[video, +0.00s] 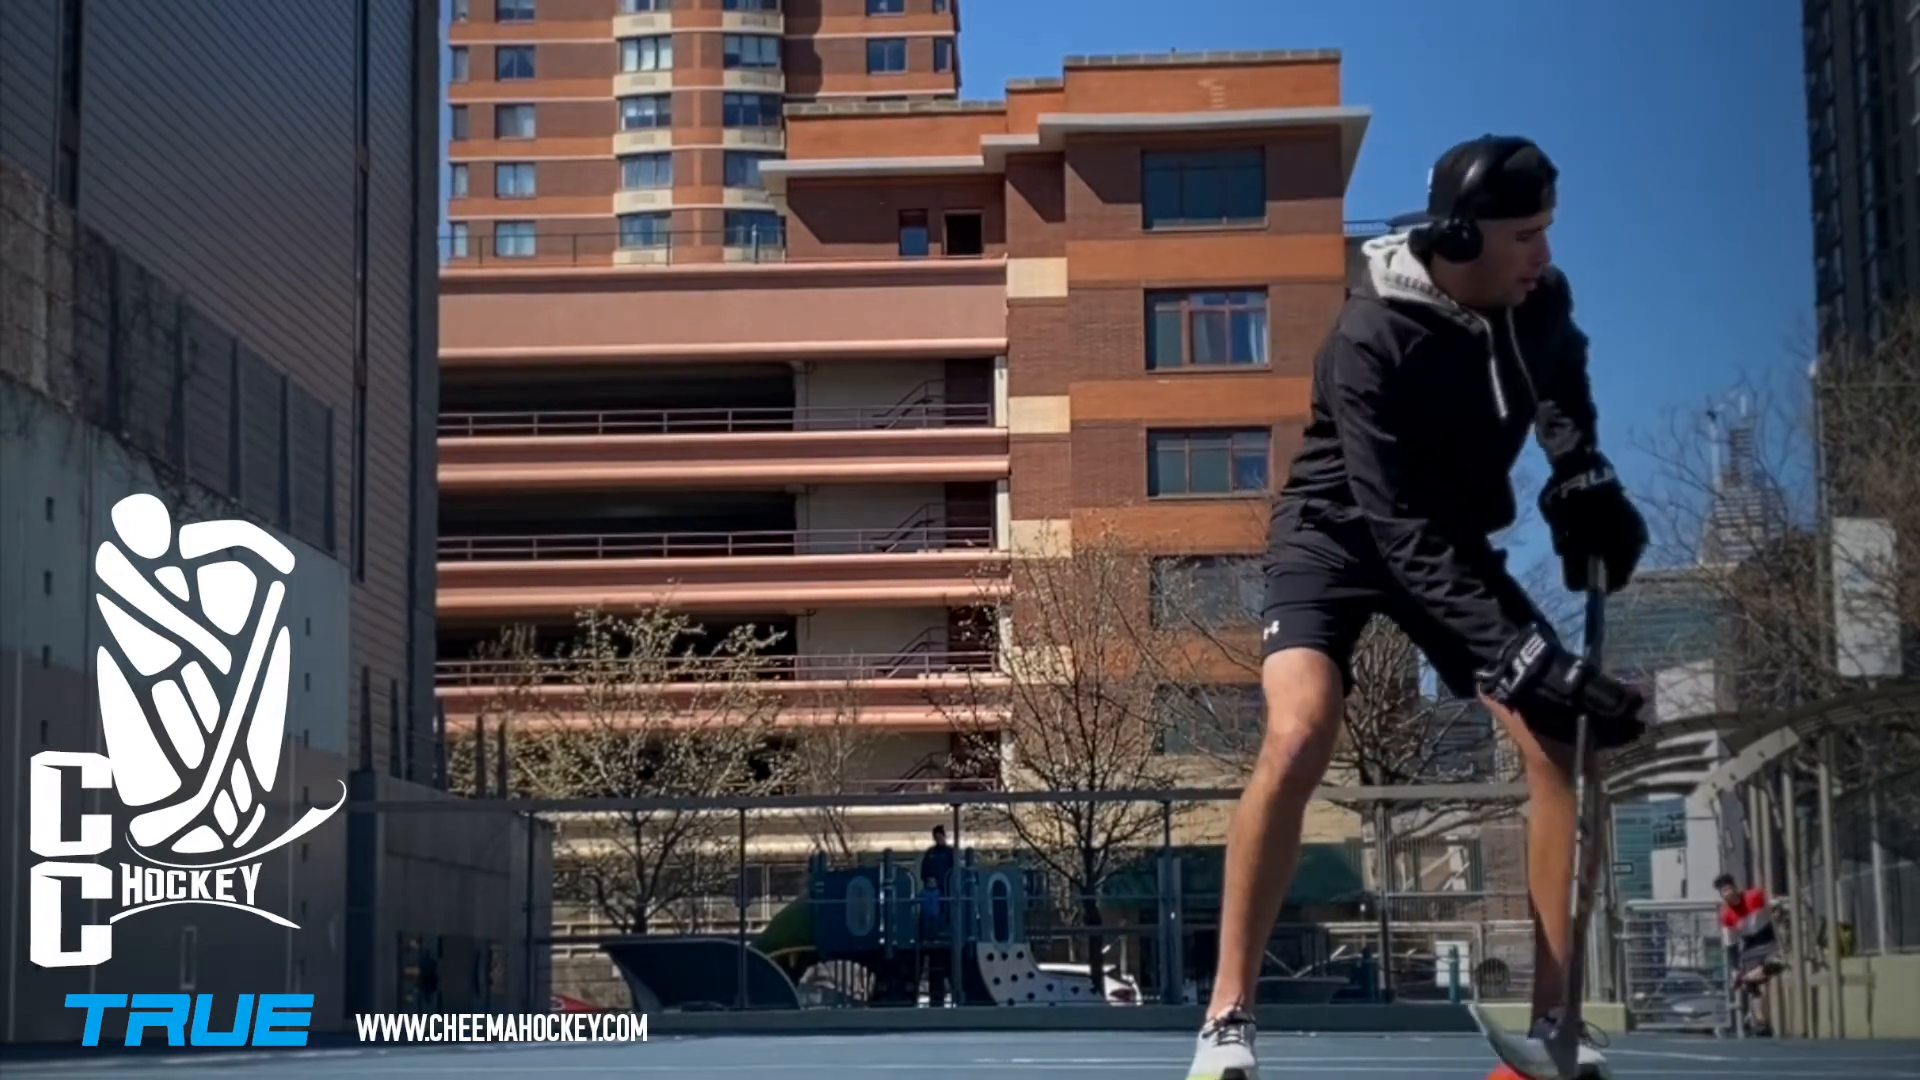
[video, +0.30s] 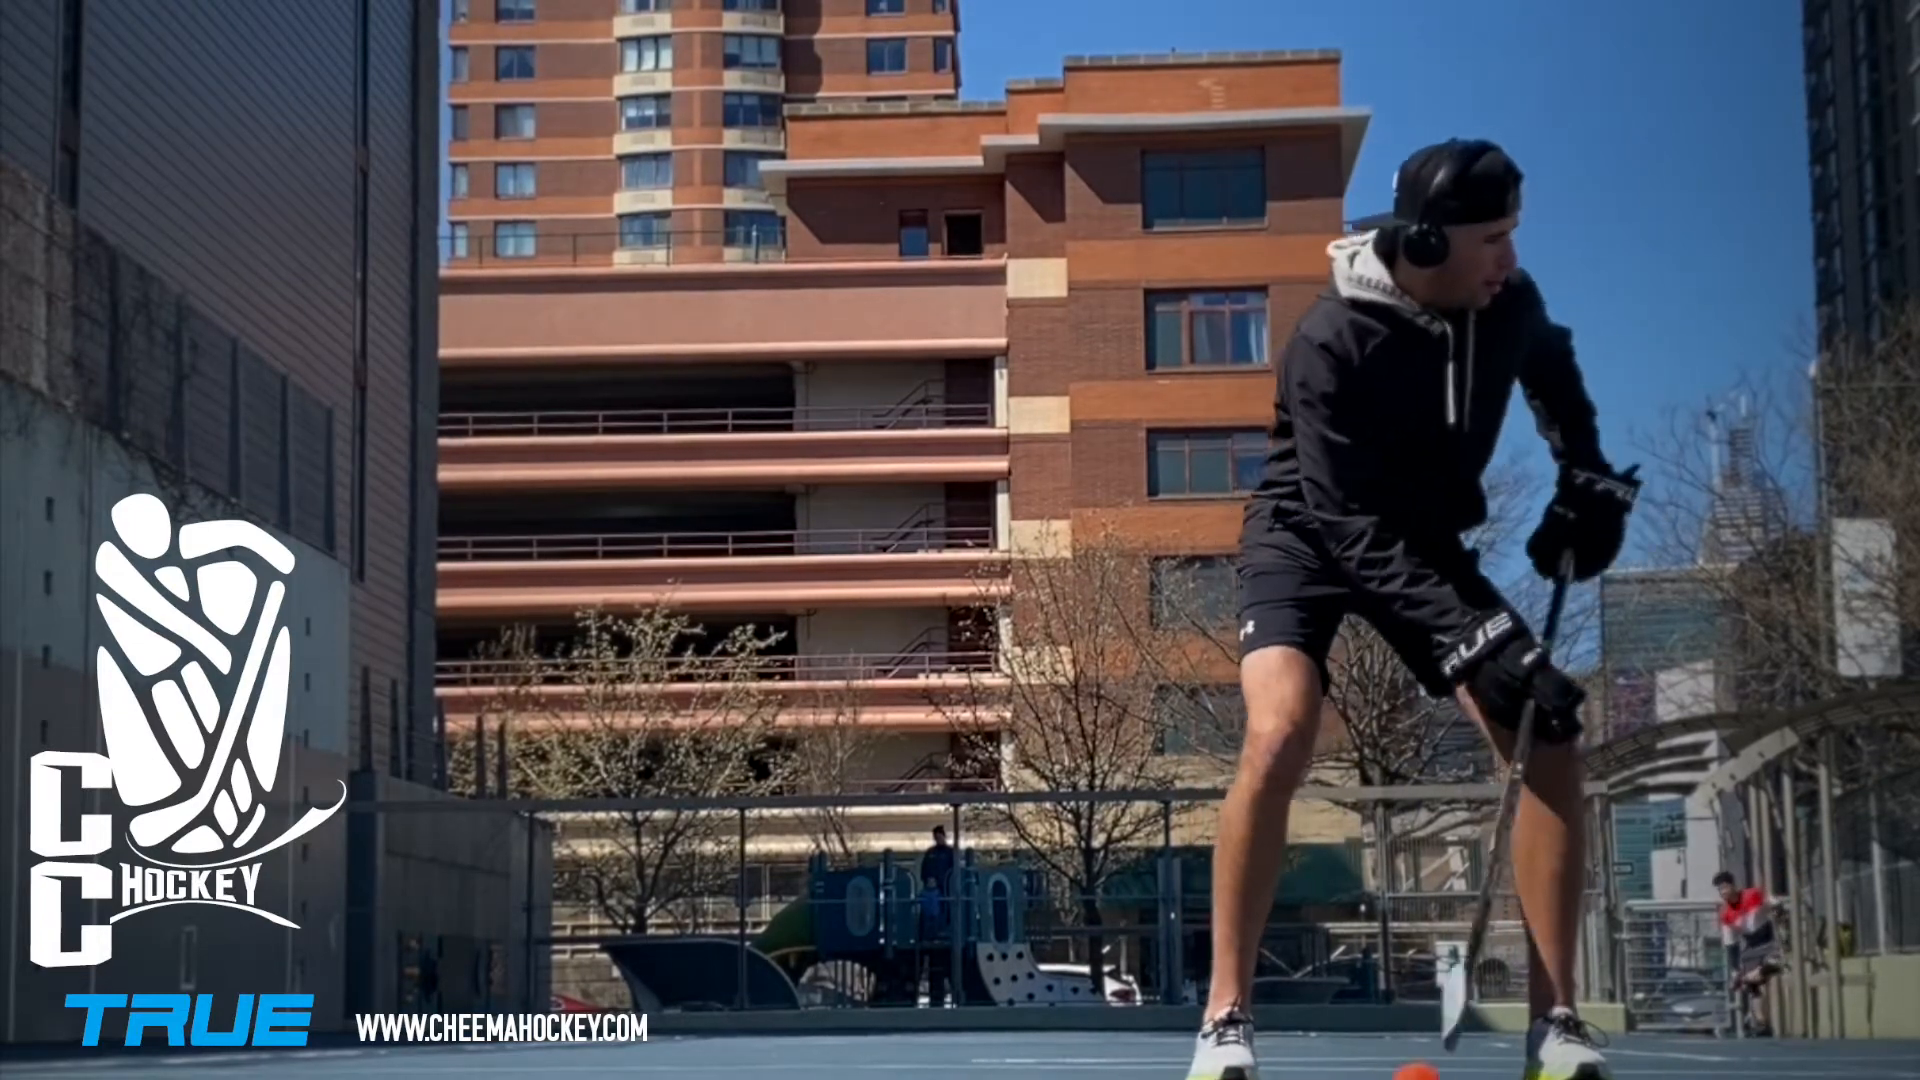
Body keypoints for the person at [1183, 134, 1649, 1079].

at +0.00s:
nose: (1543, 255)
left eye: (1546, 234)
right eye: (1525, 238)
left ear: (1534, 230)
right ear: (1462, 240)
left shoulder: (1537, 301)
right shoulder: (1372, 338)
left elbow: (1561, 391)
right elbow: (1404, 538)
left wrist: (1582, 478)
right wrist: (1544, 667)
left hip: (1455, 537)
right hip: (1335, 532)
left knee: (1557, 739)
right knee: (1298, 736)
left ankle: (1556, 1020)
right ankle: (1228, 1013)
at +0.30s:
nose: (1507, 259)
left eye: (1510, 238)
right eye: (1490, 242)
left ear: (1504, 234)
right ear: (1427, 242)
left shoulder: (1507, 305)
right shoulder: (1335, 339)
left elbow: (1553, 375)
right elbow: (1347, 524)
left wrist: (1585, 472)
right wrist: (1479, 640)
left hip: (1428, 540)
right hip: (1306, 531)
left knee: (1547, 738)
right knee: (1277, 737)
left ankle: (1556, 1020)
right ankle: (1225, 1015)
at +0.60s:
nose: (1487, 246)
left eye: (1487, 228)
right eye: (1472, 232)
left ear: (1457, 233)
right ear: (1407, 243)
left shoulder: (1480, 302)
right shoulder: (1308, 340)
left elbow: (1526, 386)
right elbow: (1308, 527)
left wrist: (1559, 480)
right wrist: (1406, 645)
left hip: (1413, 539)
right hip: (1291, 538)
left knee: (1532, 726)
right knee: (1266, 735)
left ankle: (1557, 1015)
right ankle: (1224, 1011)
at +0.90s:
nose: (1501, 252)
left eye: (1501, 236)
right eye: (1490, 237)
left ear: (1439, 238)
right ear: (1436, 242)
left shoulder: (1473, 309)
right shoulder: (1321, 331)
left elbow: (1510, 400)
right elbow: (1355, 535)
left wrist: (1528, 474)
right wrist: (1499, 662)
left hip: (1399, 537)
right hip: (1283, 532)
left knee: (1517, 743)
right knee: (1267, 734)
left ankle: (1556, 1017)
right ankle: (1224, 1014)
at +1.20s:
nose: (1545, 255)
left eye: (1547, 238)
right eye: (1538, 238)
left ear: (1480, 236)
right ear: (1485, 240)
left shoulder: (1493, 309)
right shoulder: (1349, 324)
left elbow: (1525, 403)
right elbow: (1337, 520)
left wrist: (1563, 486)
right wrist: (1435, 643)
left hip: (1404, 542)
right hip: (1289, 532)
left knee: (1535, 732)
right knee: (1282, 739)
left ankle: (1553, 1022)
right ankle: (1226, 1016)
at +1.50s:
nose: (1522, 243)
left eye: (1521, 225)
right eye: (1506, 227)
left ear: (1463, 234)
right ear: (1441, 236)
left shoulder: (1491, 294)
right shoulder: (1346, 336)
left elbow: (1521, 385)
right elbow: (1362, 537)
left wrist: (1549, 477)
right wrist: (1490, 658)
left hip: (1412, 542)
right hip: (1297, 534)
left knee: (1539, 743)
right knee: (1282, 736)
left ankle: (1554, 1020)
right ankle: (1226, 1014)